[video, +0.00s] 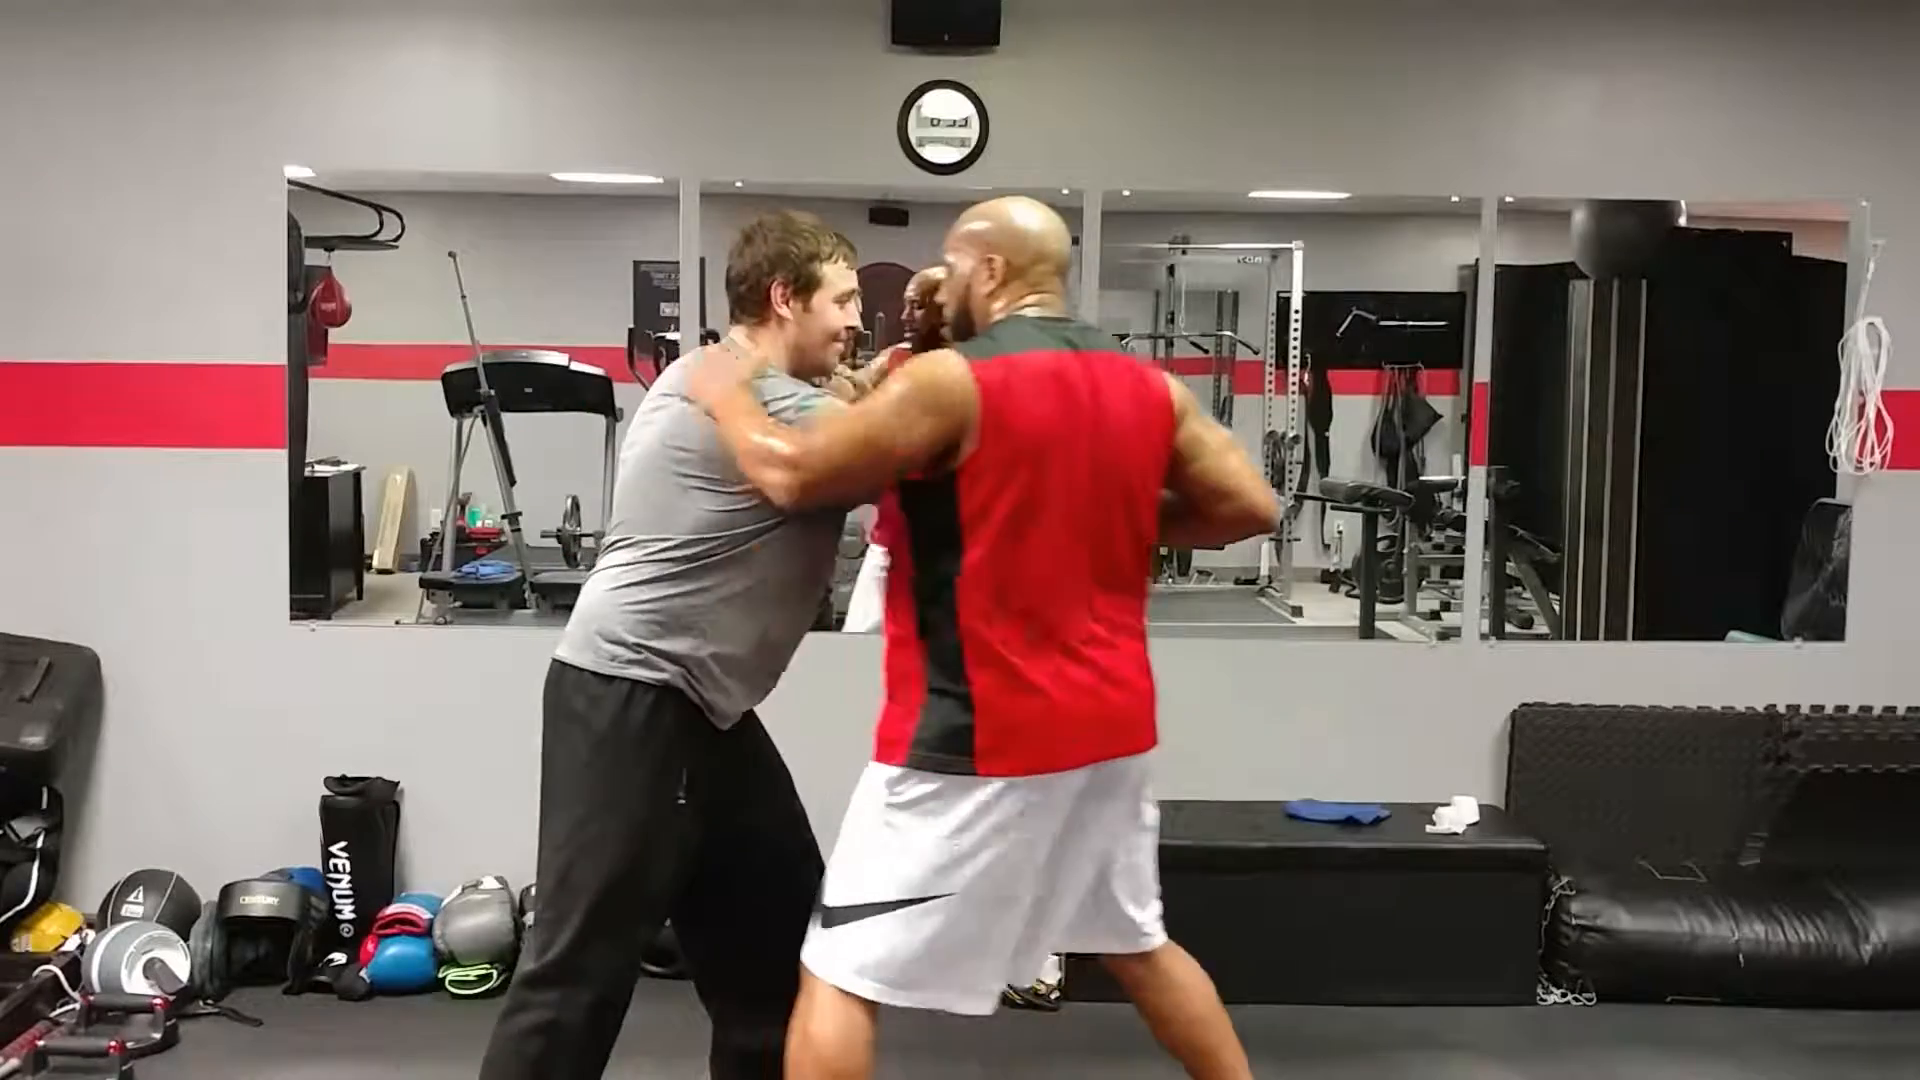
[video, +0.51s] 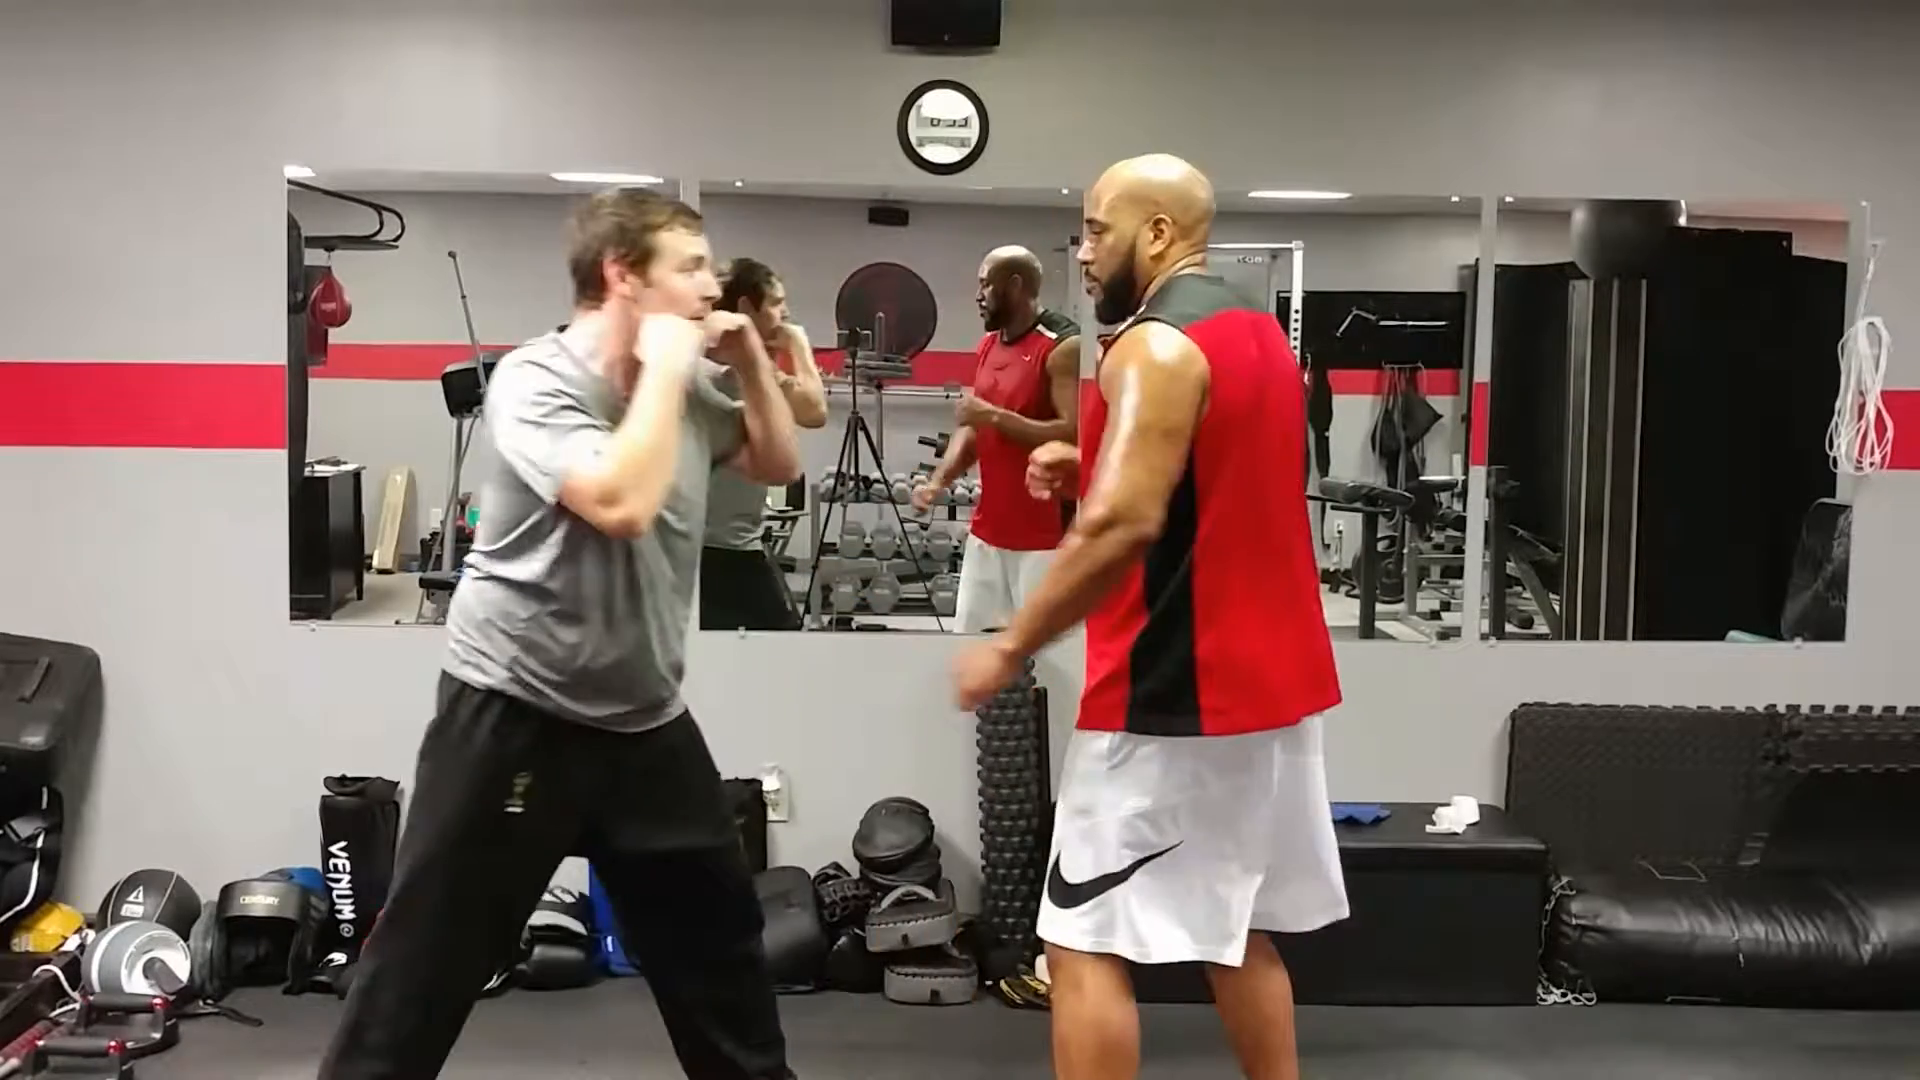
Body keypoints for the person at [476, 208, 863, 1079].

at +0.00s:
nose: (857, 320)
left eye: (857, 301)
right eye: (843, 299)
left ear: (778, 304)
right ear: (782, 300)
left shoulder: (706, 378)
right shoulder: (749, 391)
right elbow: (905, 452)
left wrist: (884, 395)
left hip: (704, 707)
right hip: (624, 696)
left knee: (778, 928)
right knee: (582, 961)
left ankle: (759, 1070)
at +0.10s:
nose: (859, 313)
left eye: (859, 294)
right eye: (845, 293)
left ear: (784, 298)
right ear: (784, 297)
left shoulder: (774, 382)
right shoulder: (751, 396)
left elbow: (882, 431)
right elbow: (911, 510)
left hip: (705, 703)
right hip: (623, 688)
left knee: (774, 936)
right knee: (582, 958)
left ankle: (763, 1073)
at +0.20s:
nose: (860, 307)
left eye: (858, 287)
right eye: (843, 287)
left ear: (782, 296)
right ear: (779, 293)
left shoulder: (793, 394)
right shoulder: (736, 385)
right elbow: (833, 568)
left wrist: (916, 590)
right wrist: (978, 588)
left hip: (705, 696)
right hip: (613, 672)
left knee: (763, 917)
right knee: (562, 945)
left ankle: (760, 1068)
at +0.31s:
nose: (839, 296)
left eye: (838, 277)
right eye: (821, 278)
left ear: (765, 285)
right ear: (753, 284)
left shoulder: (782, 386)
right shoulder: (693, 384)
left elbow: (808, 502)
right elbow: (729, 566)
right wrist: (867, 546)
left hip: (692, 686)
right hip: (593, 668)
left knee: (744, 912)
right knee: (534, 927)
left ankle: (756, 1074)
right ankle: (467, 1074)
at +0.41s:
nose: (765, 285)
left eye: (764, 267)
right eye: (746, 266)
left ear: (694, 276)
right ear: (678, 274)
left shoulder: (729, 379)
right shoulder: (597, 380)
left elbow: (796, 477)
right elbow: (666, 531)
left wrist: (819, 394)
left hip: (674, 708)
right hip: (556, 696)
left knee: (728, 965)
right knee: (465, 959)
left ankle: (754, 1074)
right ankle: (387, 1077)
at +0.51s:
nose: (712, 292)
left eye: (710, 274)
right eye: (693, 272)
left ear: (628, 280)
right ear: (620, 278)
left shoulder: (678, 388)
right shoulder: (528, 384)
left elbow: (776, 462)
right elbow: (621, 502)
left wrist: (754, 364)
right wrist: (666, 367)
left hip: (647, 727)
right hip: (512, 717)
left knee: (721, 969)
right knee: (417, 981)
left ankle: (758, 1079)